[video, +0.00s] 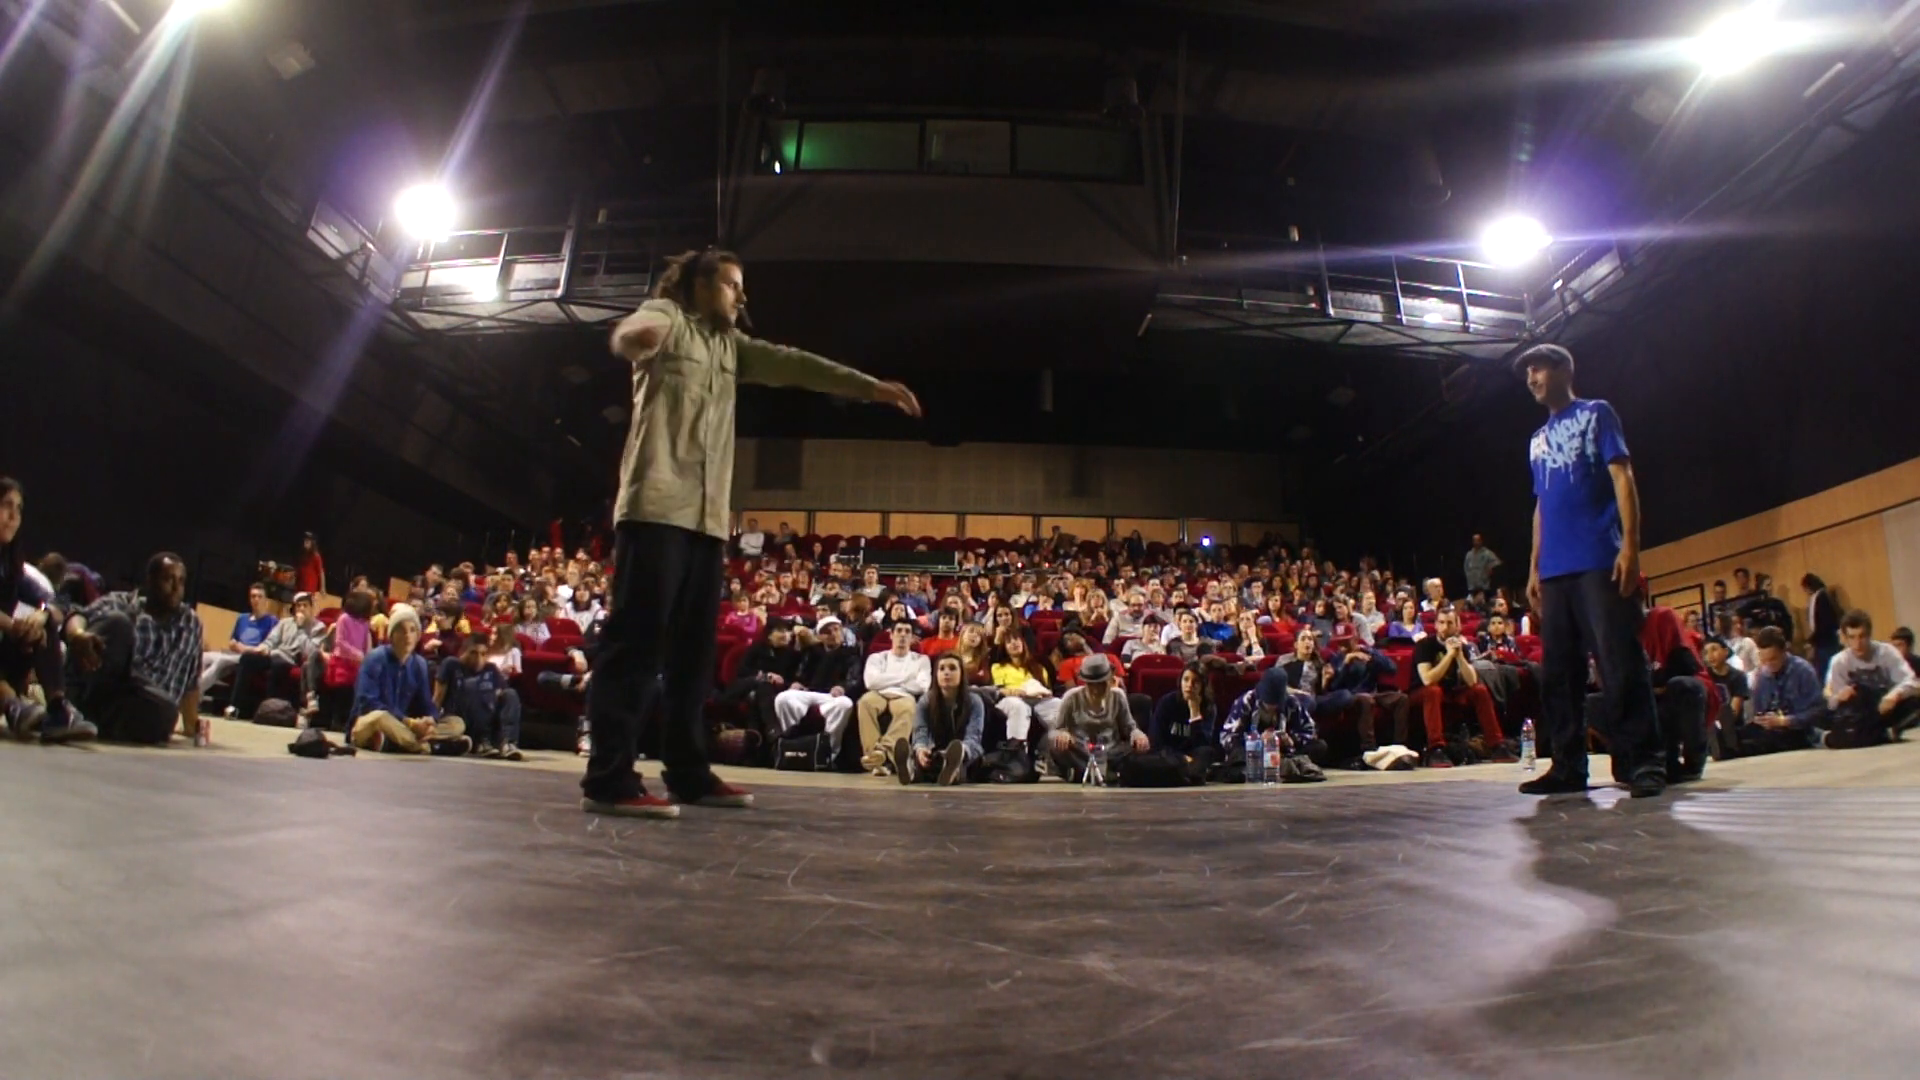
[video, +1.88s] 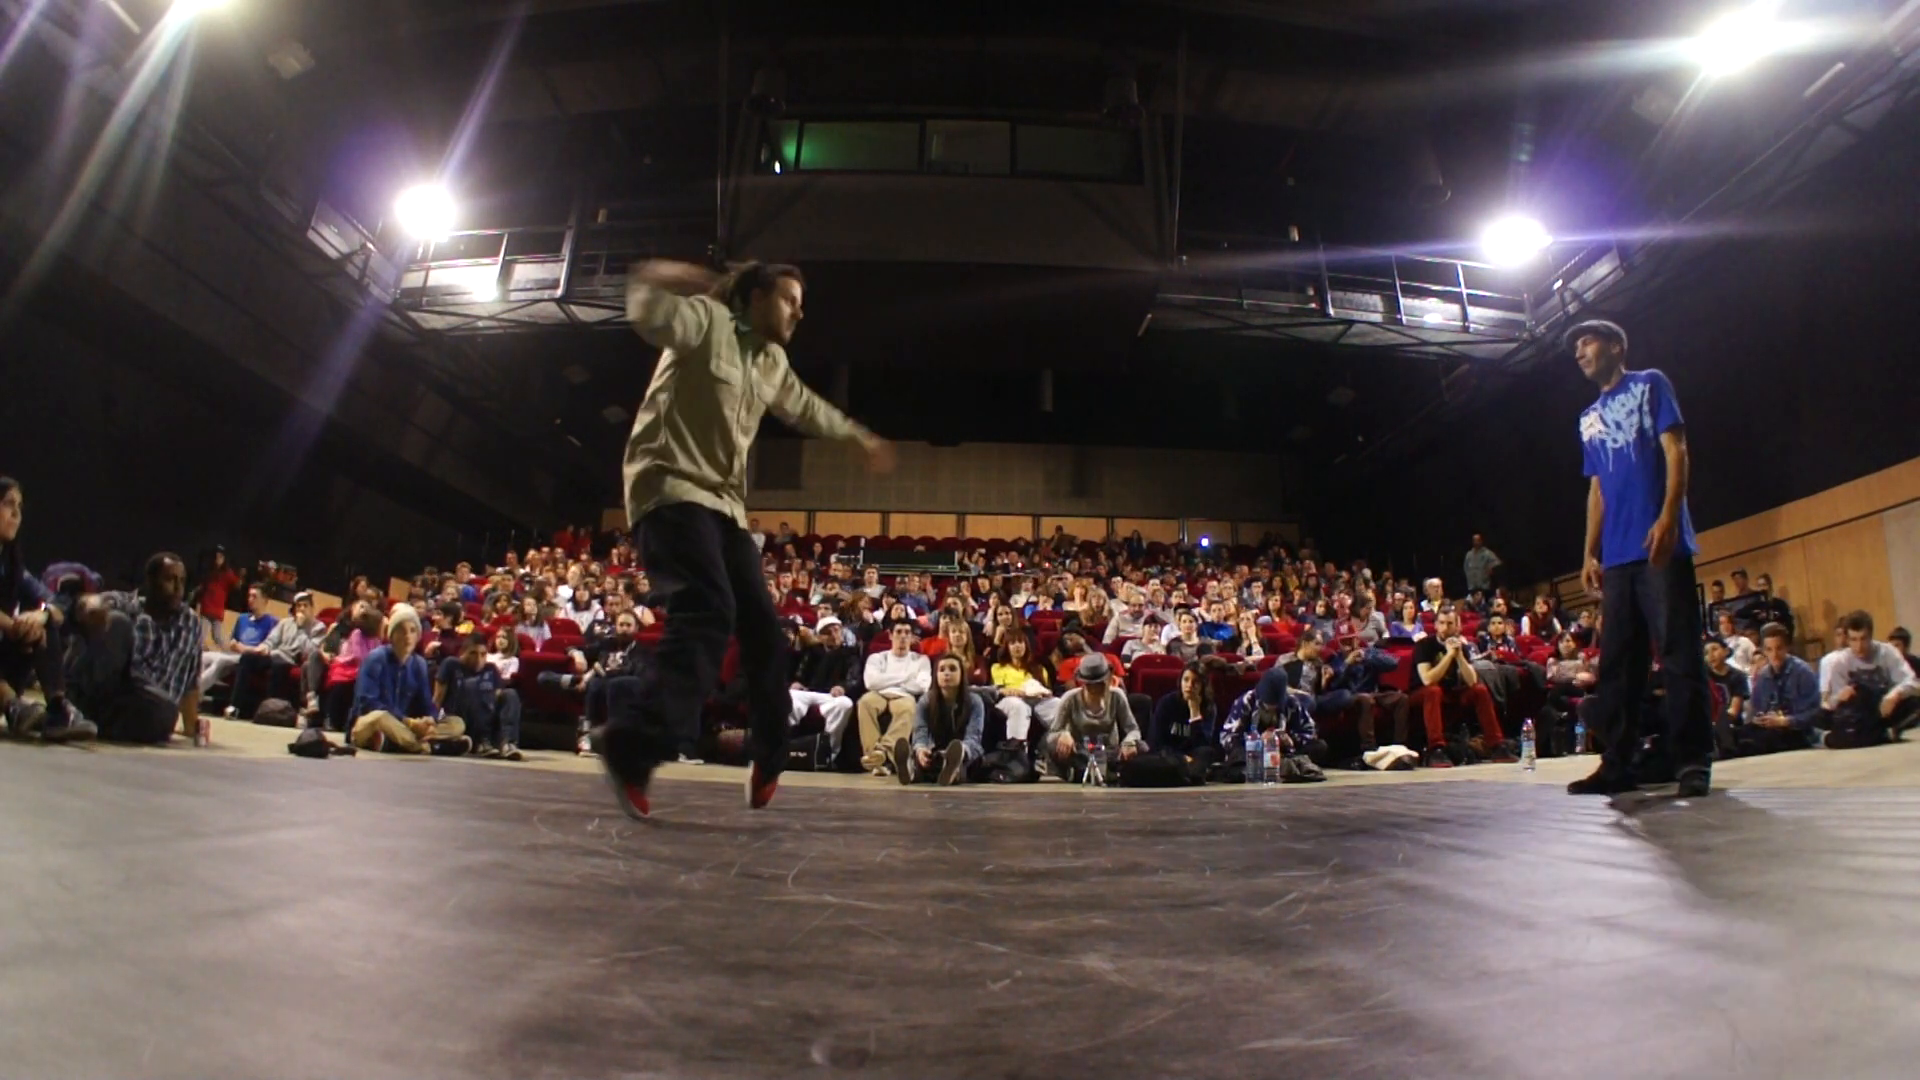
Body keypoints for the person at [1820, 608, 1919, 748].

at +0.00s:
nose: (1857, 643)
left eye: (1862, 636)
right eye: (1852, 637)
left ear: (1869, 635)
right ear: (1843, 638)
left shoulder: (1886, 652)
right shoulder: (1839, 661)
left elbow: (1911, 681)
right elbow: (1830, 702)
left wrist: (1894, 695)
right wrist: (1839, 696)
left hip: (1886, 702)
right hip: (1858, 704)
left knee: (1914, 703)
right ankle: (1885, 734)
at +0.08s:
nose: (1857, 643)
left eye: (1862, 636)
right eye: (1852, 638)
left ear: (1869, 635)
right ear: (1844, 638)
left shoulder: (1886, 652)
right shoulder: (1839, 661)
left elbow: (1911, 681)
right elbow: (1831, 703)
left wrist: (1894, 695)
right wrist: (1839, 697)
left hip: (1886, 702)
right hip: (1858, 704)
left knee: (1914, 703)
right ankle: (1885, 734)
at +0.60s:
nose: (1857, 643)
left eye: (1861, 637)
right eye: (1851, 638)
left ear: (1869, 636)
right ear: (1845, 639)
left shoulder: (1887, 652)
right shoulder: (1836, 661)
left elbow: (1911, 681)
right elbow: (1830, 702)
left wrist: (1894, 695)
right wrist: (1839, 696)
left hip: (1886, 703)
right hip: (1857, 705)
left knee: (1914, 704)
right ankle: (1884, 734)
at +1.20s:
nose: (1857, 643)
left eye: (1862, 637)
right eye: (1852, 638)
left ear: (1870, 636)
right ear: (1846, 638)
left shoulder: (1887, 652)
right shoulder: (1835, 662)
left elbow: (1911, 681)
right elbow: (1827, 703)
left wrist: (1894, 694)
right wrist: (1838, 697)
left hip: (1885, 704)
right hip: (1855, 706)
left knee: (1913, 703)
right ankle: (1884, 734)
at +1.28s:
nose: (1857, 644)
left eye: (1862, 637)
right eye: (1852, 638)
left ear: (1870, 636)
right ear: (1846, 638)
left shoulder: (1887, 652)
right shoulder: (1835, 662)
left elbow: (1911, 681)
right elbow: (1827, 703)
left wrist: (1894, 694)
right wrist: (1838, 697)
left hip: (1884, 705)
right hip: (1855, 707)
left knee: (1914, 703)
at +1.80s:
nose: (1858, 645)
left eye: (1863, 639)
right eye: (1853, 640)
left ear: (1871, 637)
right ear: (1847, 639)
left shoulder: (1887, 652)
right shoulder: (1839, 661)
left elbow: (1910, 681)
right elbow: (1828, 703)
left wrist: (1894, 695)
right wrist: (1839, 697)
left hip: (1884, 705)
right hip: (1856, 707)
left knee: (1913, 704)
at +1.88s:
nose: (1859, 645)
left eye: (1863, 639)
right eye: (1853, 639)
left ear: (1871, 636)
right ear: (1847, 639)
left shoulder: (1887, 652)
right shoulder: (1839, 661)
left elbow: (1911, 681)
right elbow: (1828, 703)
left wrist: (1894, 695)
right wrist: (1839, 697)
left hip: (1884, 704)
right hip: (1856, 706)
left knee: (1913, 704)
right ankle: (1884, 734)